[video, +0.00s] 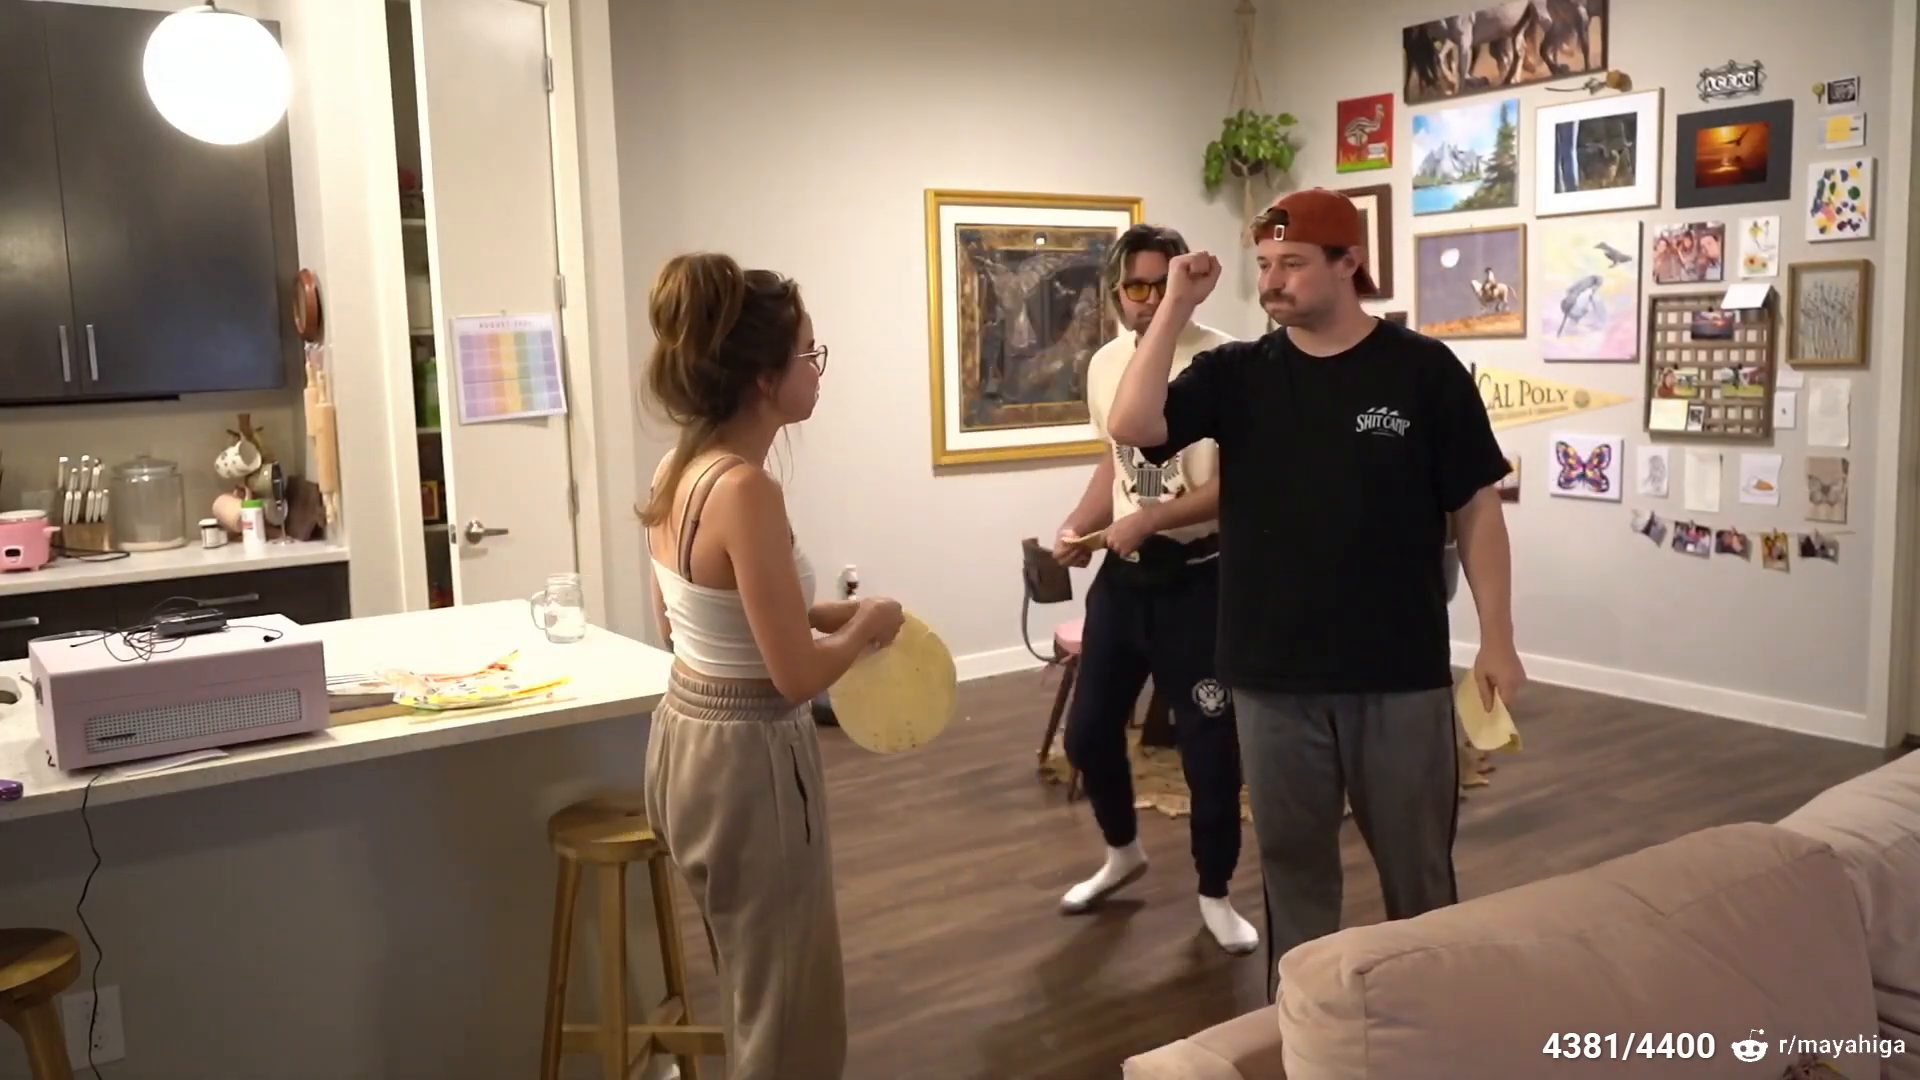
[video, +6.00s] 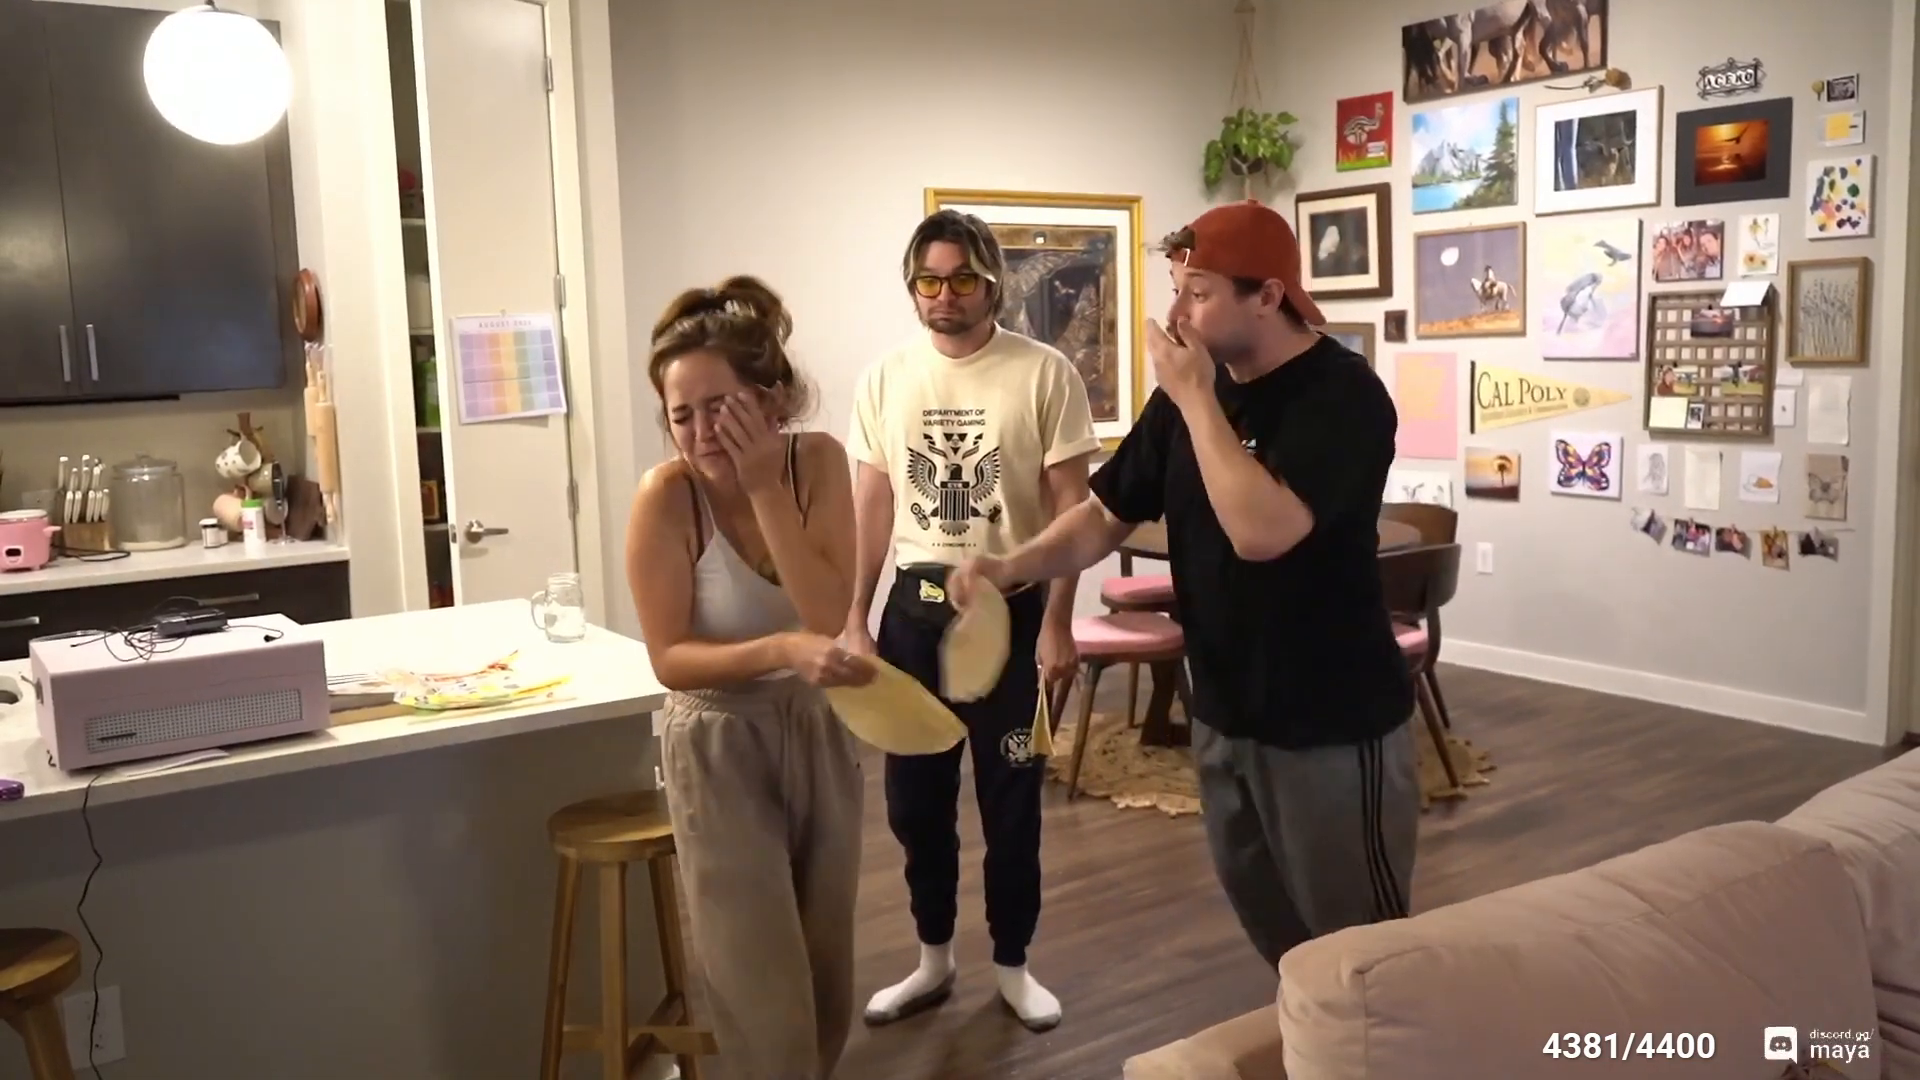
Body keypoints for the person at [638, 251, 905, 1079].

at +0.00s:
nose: (822, 366)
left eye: (816, 349)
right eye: (808, 354)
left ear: (746, 378)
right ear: (762, 379)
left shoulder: (683, 474)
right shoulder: (745, 489)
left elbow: (689, 624)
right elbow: (794, 677)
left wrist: (820, 620)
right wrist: (864, 631)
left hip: (689, 743)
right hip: (748, 762)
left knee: (759, 996)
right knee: (791, 1010)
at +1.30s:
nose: (822, 358)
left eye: (815, 345)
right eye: (810, 350)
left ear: (750, 381)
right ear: (763, 380)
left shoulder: (712, 470)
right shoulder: (741, 489)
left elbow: (790, 585)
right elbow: (762, 672)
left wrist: (865, 498)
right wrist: (903, 644)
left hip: (728, 736)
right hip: (765, 752)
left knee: (760, 976)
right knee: (806, 996)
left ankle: (741, 1073)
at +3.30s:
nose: (849, 365)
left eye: (844, 351)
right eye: (839, 354)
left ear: (783, 378)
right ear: (793, 378)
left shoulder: (751, 470)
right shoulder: (763, 486)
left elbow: (811, 586)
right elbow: (778, 667)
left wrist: (899, 514)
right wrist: (921, 639)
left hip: (767, 733)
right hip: (784, 747)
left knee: (785, 968)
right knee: (811, 982)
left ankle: (765, 1072)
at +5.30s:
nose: (868, 369)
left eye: (864, 353)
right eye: (857, 358)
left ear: (802, 378)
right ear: (809, 379)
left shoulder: (769, 469)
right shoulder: (775, 483)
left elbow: (796, 625)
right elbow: (768, 665)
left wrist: (893, 627)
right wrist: (912, 656)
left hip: (785, 731)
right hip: (790, 743)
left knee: (785, 966)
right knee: (815, 977)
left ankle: (760, 1075)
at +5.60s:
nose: (849, 395)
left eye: (853, 376)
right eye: (833, 381)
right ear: (770, 383)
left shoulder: (795, 465)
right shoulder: (745, 486)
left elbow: (802, 591)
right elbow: (753, 668)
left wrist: (885, 564)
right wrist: (898, 652)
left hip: (809, 735)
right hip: (777, 749)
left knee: (806, 970)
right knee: (805, 982)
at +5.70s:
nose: (796, 413)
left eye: (812, 390)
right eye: (774, 394)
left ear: (831, 377)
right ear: (734, 384)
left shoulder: (804, 462)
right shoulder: (723, 479)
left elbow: (883, 555)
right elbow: (749, 649)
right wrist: (895, 623)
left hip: (820, 724)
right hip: (771, 737)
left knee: (837, 971)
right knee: (822, 981)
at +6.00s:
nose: (704, 431)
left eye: (719, 406)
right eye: (683, 415)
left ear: (768, 395)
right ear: (666, 415)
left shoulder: (816, 462)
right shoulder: (665, 497)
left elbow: (831, 621)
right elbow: (669, 660)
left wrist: (765, 491)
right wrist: (783, 649)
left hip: (817, 731)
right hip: (715, 743)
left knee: (826, 988)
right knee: (774, 1010)